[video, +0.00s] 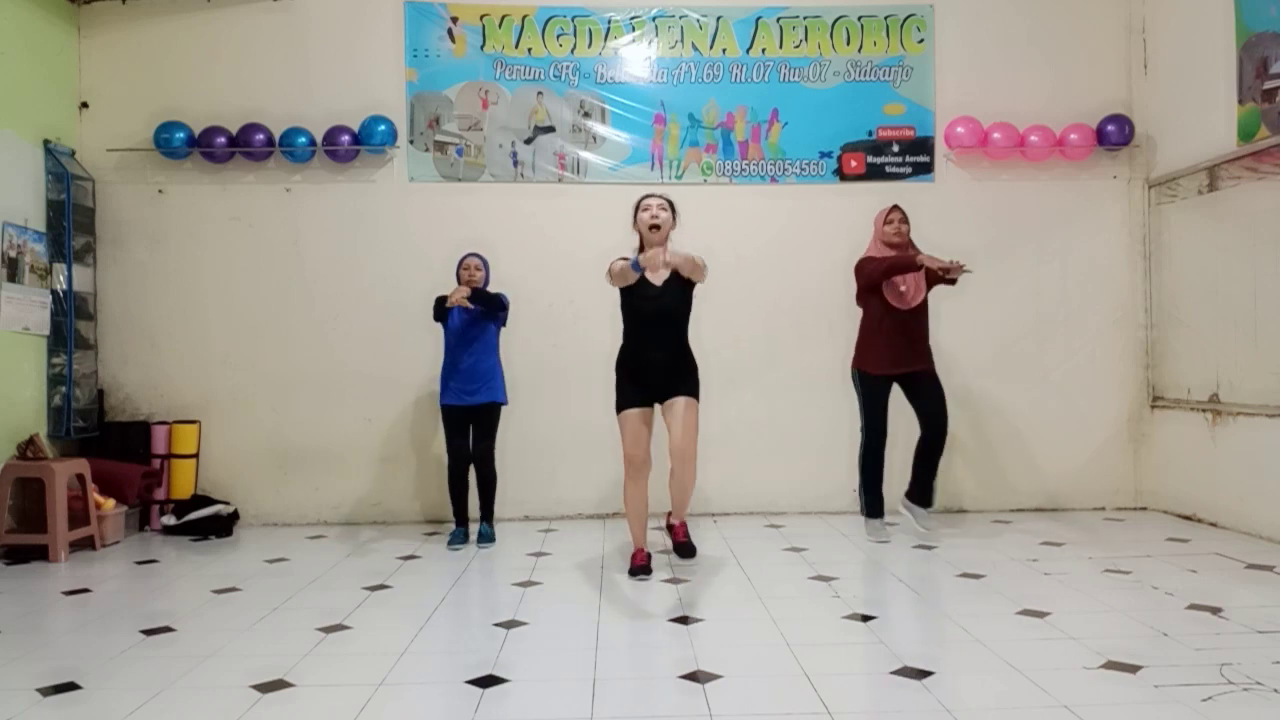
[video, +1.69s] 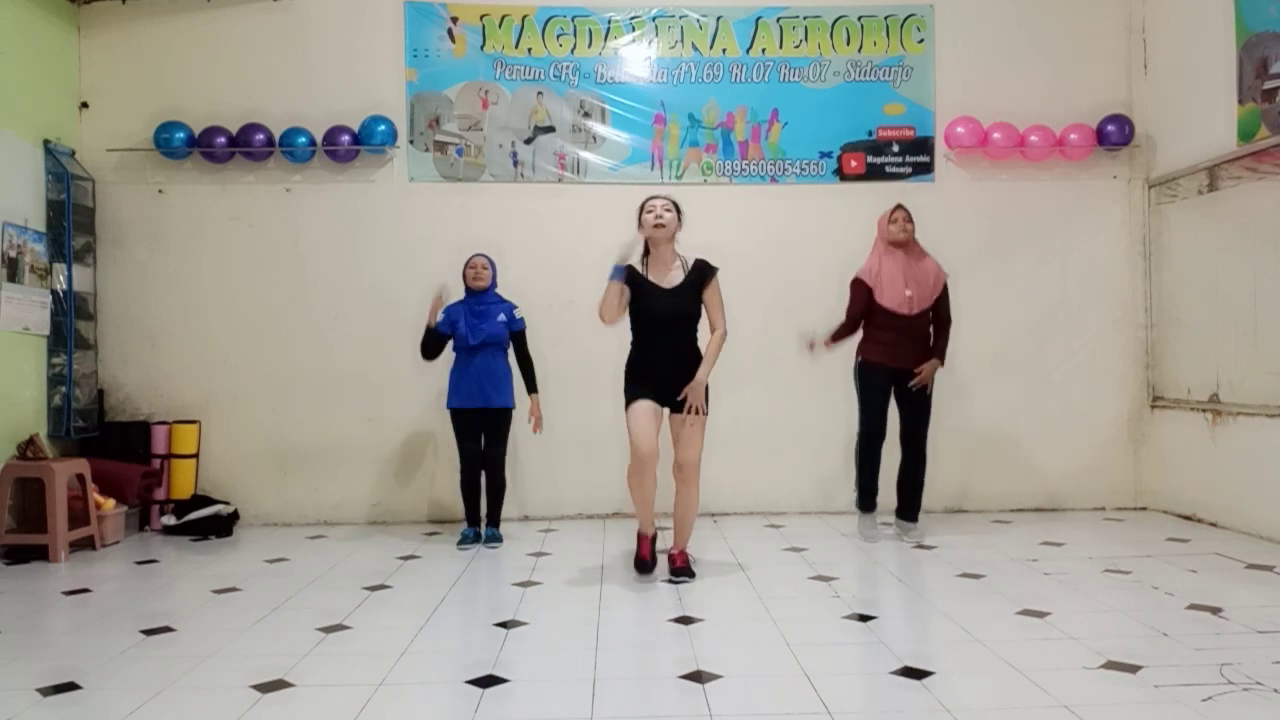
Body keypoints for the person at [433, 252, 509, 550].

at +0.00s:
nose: (471, 272)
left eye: (477, 268)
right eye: (466, 268)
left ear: (486, 275)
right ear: (458, 274)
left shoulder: (496, 302)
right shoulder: (448, 304)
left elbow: (496, 303)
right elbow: (438, 312)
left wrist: (470, 292)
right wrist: (448, 300)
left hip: (487, 391)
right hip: (454, 392)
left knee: (483, 457)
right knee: (457, 459)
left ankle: (486, 523)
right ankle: (460, 526)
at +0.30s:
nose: (467, 275)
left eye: (472, 270)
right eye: (463, 271)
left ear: (482, 275)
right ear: (459, 276)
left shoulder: (496, 302)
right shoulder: (453, 303)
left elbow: (501, 295)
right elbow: (441, 290)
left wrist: (484, 271)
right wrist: (441, 273)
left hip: (490, 392)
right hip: (456, 391)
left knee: (486, 459)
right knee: (456, 460)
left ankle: (485, 524)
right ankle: (459, 524)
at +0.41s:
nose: (469, 268)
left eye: (475, 265)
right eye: (465, 264)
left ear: (486, 271)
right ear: (458, 270)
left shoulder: (497, 295)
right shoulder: (451, 297)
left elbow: (494, 253)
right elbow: (439, 256)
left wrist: (471, 211)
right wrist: (450, 215)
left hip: (493, 387)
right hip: (459, 387)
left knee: (488, 455)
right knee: (457, 451)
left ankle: (486, 522)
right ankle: (458, 504)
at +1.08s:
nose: (473, 249)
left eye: (479, 245)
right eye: (468, 246)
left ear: (489, 252)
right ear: (461, 252)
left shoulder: (499, 278)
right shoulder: (453, 279)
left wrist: (478, 203)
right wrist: (460, 207)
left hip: (493, 366)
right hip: (459, 367)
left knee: (490, 439)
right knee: (463, 439)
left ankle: (491, 511)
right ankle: (464, 511)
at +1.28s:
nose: (477, 268)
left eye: (483, 264)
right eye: (472, 264)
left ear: (492, 271)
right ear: (464, 272)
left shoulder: (503, 301)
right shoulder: (453, 304)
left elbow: (500, 334)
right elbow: (452, 332)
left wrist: (483, 362)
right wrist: (466, 356)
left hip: (494, 385)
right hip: (459, 385)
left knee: (492, 453)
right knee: (464, 453)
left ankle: (492, 522)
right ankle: (471, 522)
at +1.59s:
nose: (478, 264)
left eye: (484, 261)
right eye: (472, 260)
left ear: (493, 269)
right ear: (464, 269)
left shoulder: (507, 304)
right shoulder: (452, 305)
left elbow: (518, 347)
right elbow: (431, 353)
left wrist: (523, 386)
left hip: (497, 391)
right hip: (463, 392)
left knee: (494, 460)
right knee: (468, 459)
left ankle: (493, 525)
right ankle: (471, 525)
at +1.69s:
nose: (477, 271)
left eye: (484, 267)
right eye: (472, 267)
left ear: (493, 276)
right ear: (464, 275)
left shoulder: (506, 309)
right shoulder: (454, 311)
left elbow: (522, 354)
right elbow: (429, 353)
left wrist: (534, 397)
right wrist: (432, 321)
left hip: (498, 398)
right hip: (463, 399)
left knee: (494, 464)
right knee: (470, 465)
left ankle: (493, 527)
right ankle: (472, 527)